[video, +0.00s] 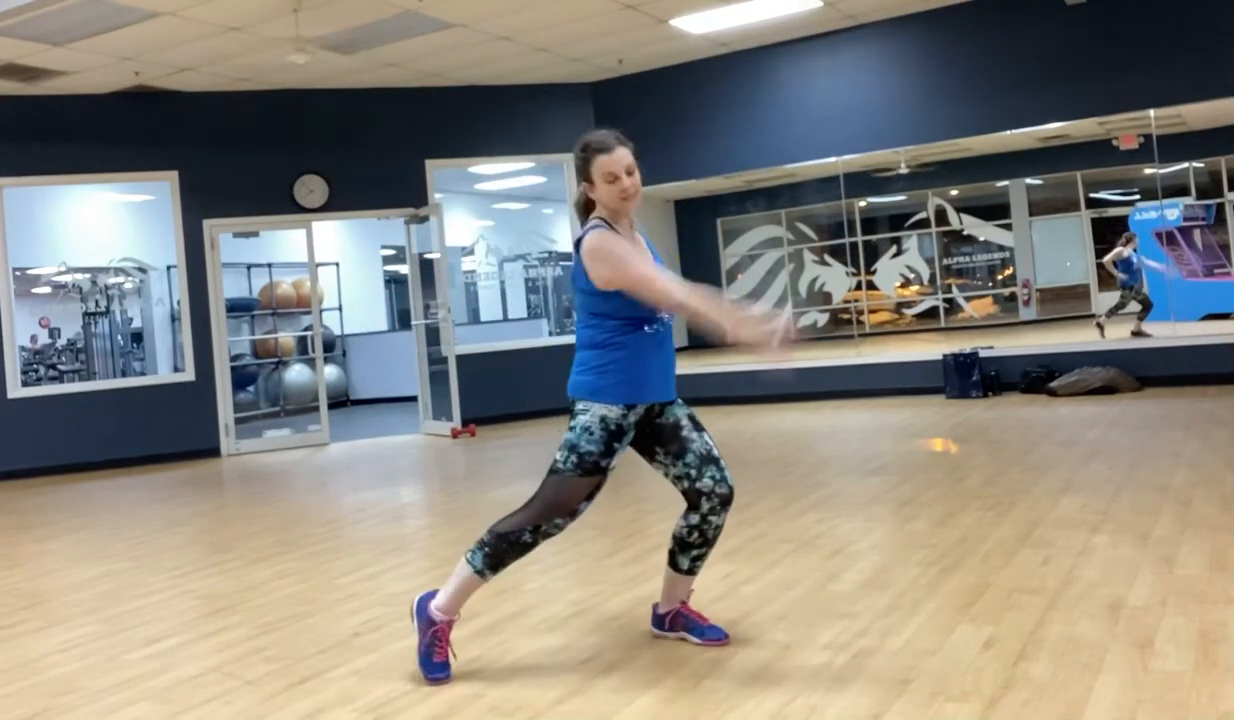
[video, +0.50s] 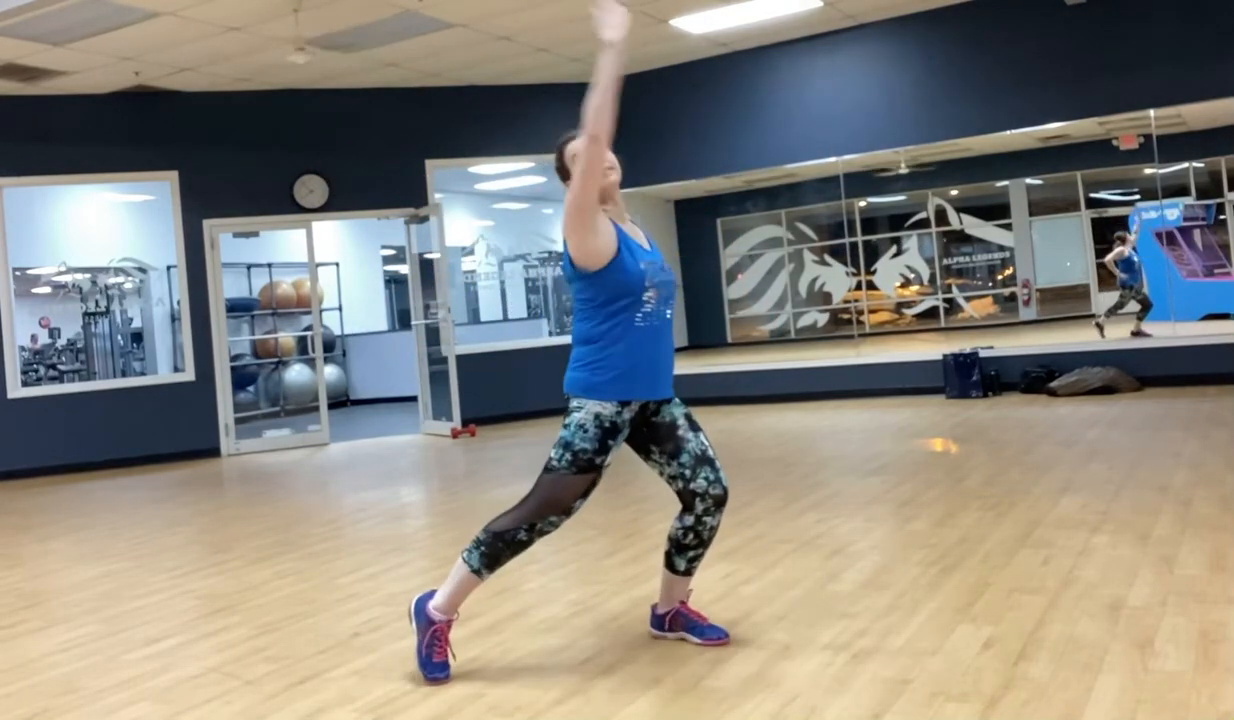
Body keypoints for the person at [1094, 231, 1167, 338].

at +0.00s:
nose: (1136, 243)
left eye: (1136, 240)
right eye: (1135, 240)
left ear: (1128, 241)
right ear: (1130, 241)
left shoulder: (1133, 254)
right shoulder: (1121, 250)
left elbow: (1147, 262)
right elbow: (1106, 261)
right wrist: (1117, 274)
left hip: (1135, 286)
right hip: (1127, 286)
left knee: (1148, 305)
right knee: (1121, 305)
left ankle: (1137, 328)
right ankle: (1101, 321)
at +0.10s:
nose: (1136, 242)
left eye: (1136, 240)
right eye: (1134, 240)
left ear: (1129, 241)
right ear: (1129, 241)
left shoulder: (1135, 253)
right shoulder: (1121, 250)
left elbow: (1150, 256)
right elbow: (1106, 260)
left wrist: (1168, 256)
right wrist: (1117, 275)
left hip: (1136, 287)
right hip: (1128, 286)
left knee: (1148, 305)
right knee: (1121, 305)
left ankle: (1137, 328)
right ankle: (1101, 321)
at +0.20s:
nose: (1135, 240)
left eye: (1135, 238)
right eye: (1133, 238)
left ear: (1127, 240)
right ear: (1129, 240)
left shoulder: (1134, 250)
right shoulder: (1121, 250)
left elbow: (1149, 249)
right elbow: (1105, 260)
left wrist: (1163, 241)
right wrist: (1117, 274)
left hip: (1135, 286)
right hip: (1127, 286)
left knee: (1148, 305)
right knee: (1120, 305)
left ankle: (1137, 328)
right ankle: (1101, 321)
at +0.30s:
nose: (1134, 239)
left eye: (1133, 238)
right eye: (1132, 238)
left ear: (1127, 240)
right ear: (1128, 240)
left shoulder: (1132, 249)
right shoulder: (1121, 250)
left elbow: (1145, 242)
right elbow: (1106, 260)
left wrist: (1154, 232)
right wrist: (1118, 274)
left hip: (1135, 285)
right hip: (1128, 285)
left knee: (1148, 304)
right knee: (1121, 305)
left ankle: (1137, 328)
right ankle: (1101, 321)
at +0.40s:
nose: (1133, 240)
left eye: (1132, 238)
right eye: (1131, 238)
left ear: (1124, 240)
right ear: (1126, 240)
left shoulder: (1131, 249)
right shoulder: (1121, 250)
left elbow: (1139, 242)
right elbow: (1107, 260)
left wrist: (1145, 233)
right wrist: (1117, 274)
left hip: (1135, 285)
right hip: (1128, 285)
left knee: (1147, 305)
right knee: (1120, 305)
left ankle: (1137, 328)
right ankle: (1101, 321)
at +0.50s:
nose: (1131, 237)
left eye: (1129, 235)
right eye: (1128, 236)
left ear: (1124, 240)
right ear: (1124, 239)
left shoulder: (1130, 249)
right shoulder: (1122, 250)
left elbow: (1135, 234)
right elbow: (1108, 260)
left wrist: (1138, 221)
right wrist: (1118, 274)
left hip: (1135, 285)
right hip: (1128, 284)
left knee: (1147, 305)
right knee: (1119, 305)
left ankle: (1137, 328)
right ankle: (1101, 321)